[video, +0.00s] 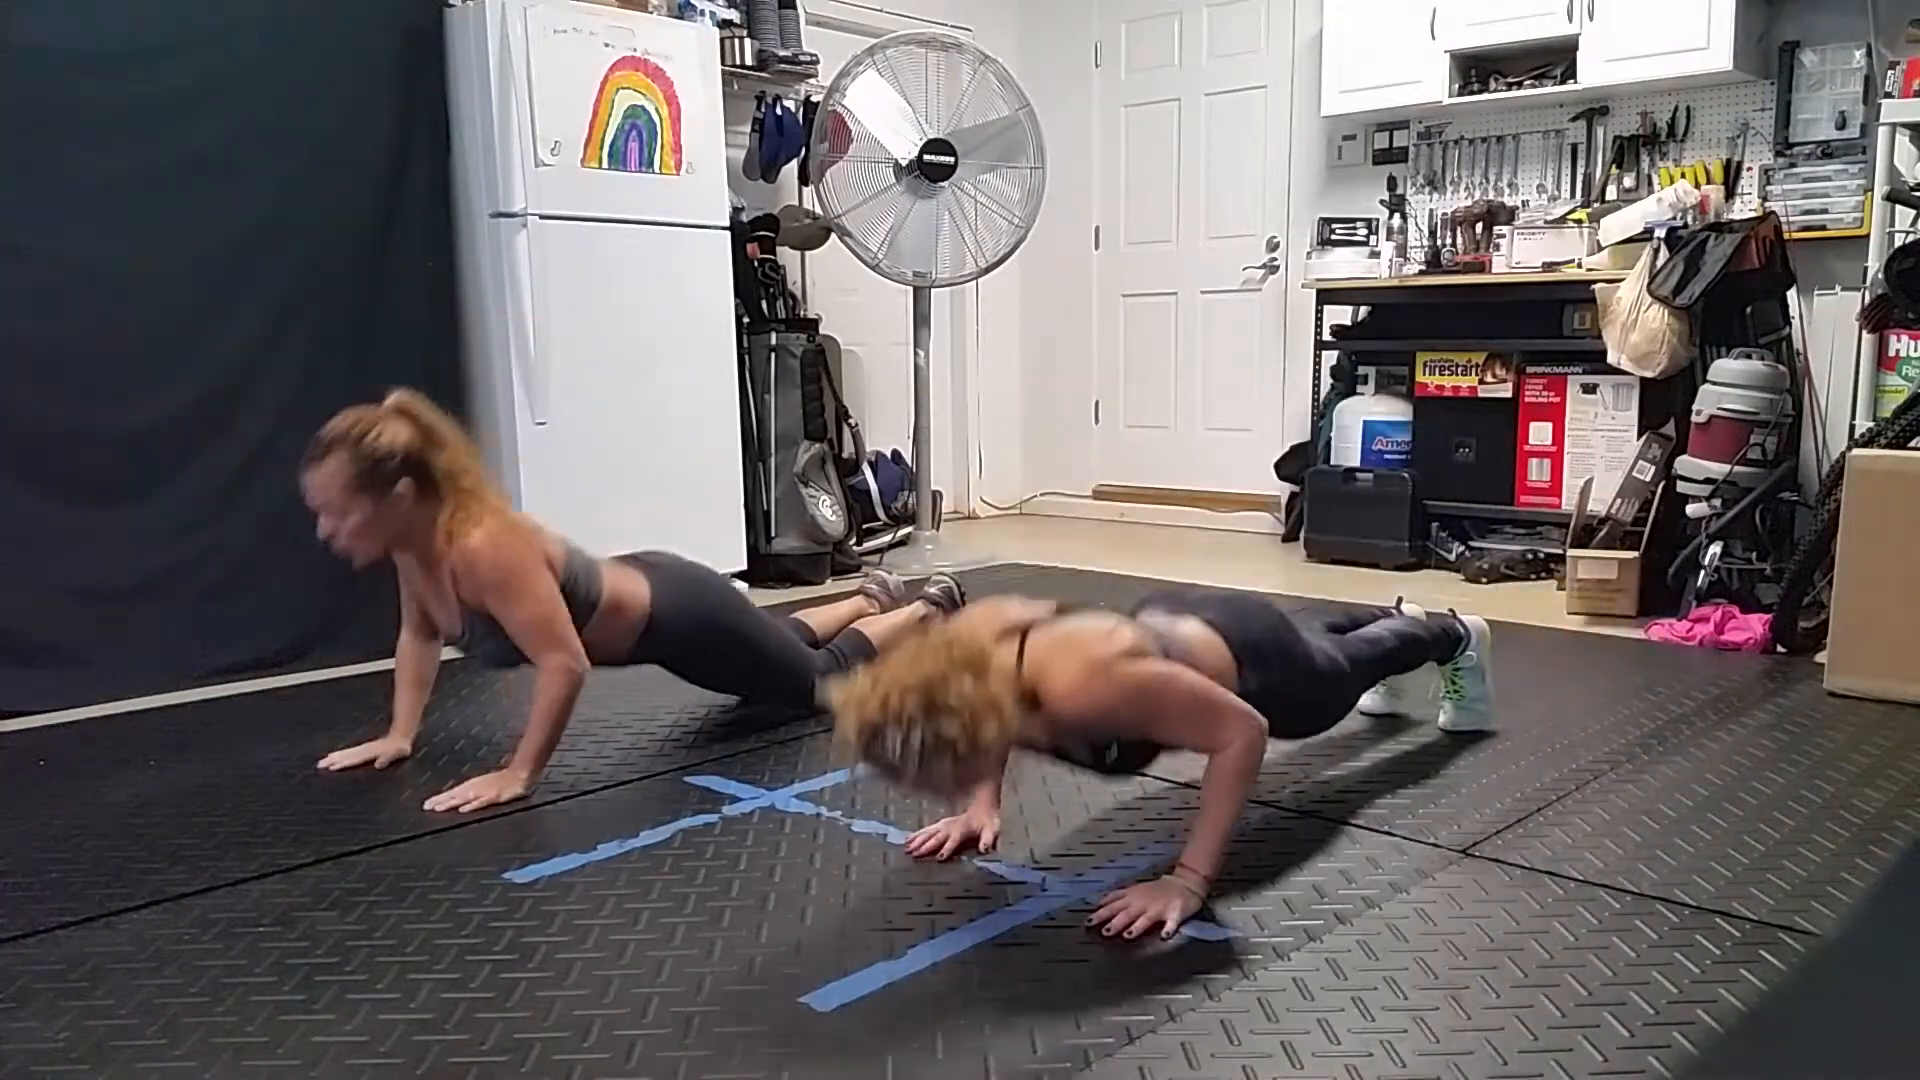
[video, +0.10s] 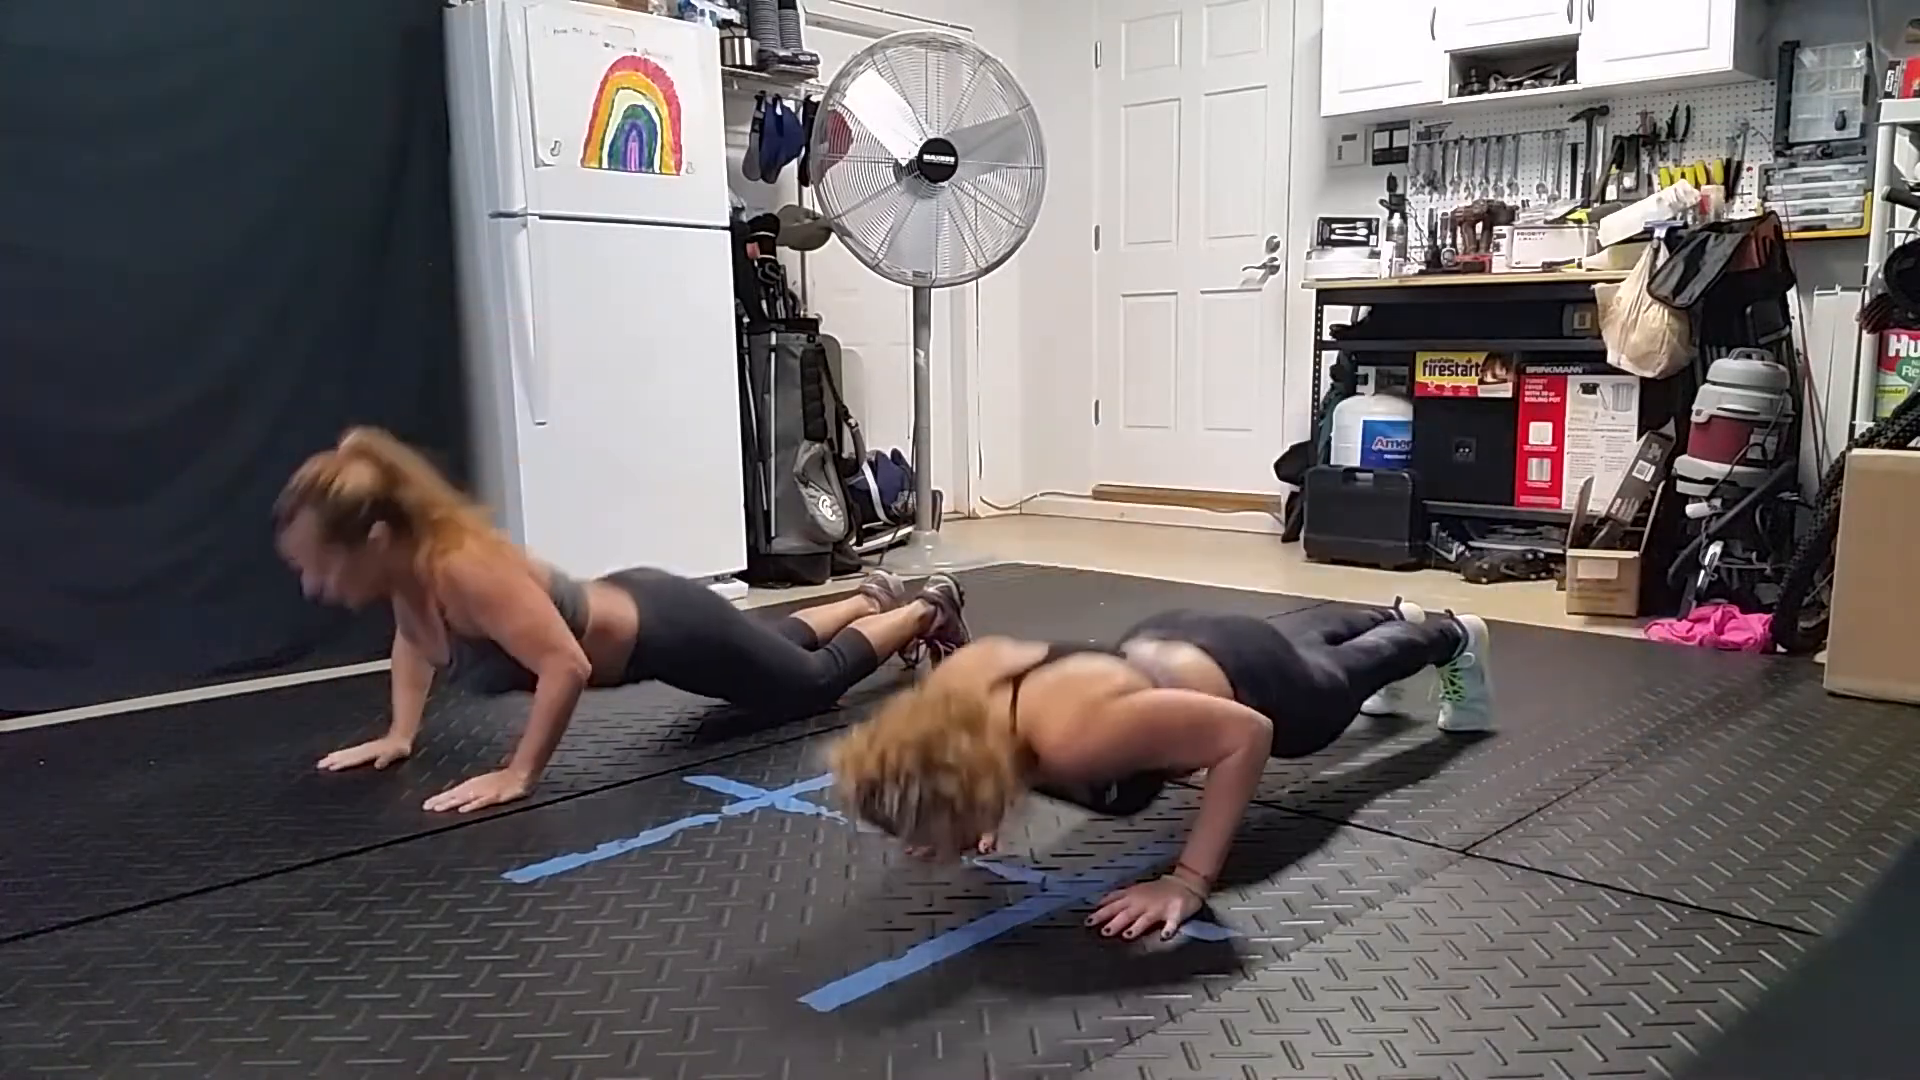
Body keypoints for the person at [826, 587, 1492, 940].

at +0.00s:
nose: (939, 791)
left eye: (939, 778)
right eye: (921, 785)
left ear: (964, 737)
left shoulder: (1087, 683)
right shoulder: (958, 637)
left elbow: (1243, 732)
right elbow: (976, 709)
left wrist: (1187, 880)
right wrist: (980, 801)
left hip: (1253, 656)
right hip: (1176, 616)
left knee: (1362, 651)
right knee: (1301, 622)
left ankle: (1451, 631)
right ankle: (1388, 617)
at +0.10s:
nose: (934, 854)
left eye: (941, 839)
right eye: (920, 844)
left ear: (971, 786)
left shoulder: (1076, 733)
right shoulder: (961, 673)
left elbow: (1246, 734)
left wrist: (1187, 881)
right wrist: (981, 793)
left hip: (1249, 675)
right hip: (1167, 644)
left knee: (1355, 661)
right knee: (1288, 626)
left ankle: (1437, 630)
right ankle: (1388, 616)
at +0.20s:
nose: (942, 891)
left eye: (942, 877)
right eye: (926, 880)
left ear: (971, 829)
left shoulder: (1080, 775)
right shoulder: (949, 712)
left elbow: (1245, 733)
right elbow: (987, 659)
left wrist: (1186, 881)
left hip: (1246, 686)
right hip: (1170, 654)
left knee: (1352, 670)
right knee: (1284, 631)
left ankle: (1434, 631)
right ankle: (1385, 616)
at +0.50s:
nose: (930, 812)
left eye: (932, 799)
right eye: (916, 806)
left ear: (958, 764)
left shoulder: (1077, 719)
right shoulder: (956, 659)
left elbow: (1247, 734)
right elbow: (963, 712)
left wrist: (1188, 880)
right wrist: (979, 796)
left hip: (1251, 662)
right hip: (1166, 627)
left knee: (1362, 655)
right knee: (1296, 620)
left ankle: (1446, 632)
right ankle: (1386, 613)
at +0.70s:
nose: (949, 701)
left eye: (949, 685)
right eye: (936, 690)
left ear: (978, 654)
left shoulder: (1093, 630)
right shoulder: (979, 621)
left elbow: (1243, 733)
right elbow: (985, 701)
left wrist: (1188, 880)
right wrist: (981, 801)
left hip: (1262, 639)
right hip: (1188, 606)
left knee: (1362, 670)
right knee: (1302, 620)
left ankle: (1444, 630)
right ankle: (1381, 608)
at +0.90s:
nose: (995, 629)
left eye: (1005, 611)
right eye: (985, 613)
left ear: (1041, 575)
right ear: (983, 584)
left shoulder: (1145, 564)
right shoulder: (1004, 575)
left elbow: (1245, 728)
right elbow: (990, 681)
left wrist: (1190, 876)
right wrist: (980, 804)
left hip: (1279, 638)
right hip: (1197, 652)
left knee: (1360, 731)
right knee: (1306, 640)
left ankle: (1436, 632)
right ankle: (1380, 616)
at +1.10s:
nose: (1085, 595)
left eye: (1093, 574)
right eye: (1067, 581)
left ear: (1124, 528)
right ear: (1043, 559)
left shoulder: (1202, 531)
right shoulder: (1050, 548)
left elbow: (1242, 729)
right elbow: (1019, 679)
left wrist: (1189, 876)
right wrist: (983, 803)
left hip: (1358, 567)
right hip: (1277, 596)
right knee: (1340, 642)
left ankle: (1469, 639)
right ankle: (1383, 666)